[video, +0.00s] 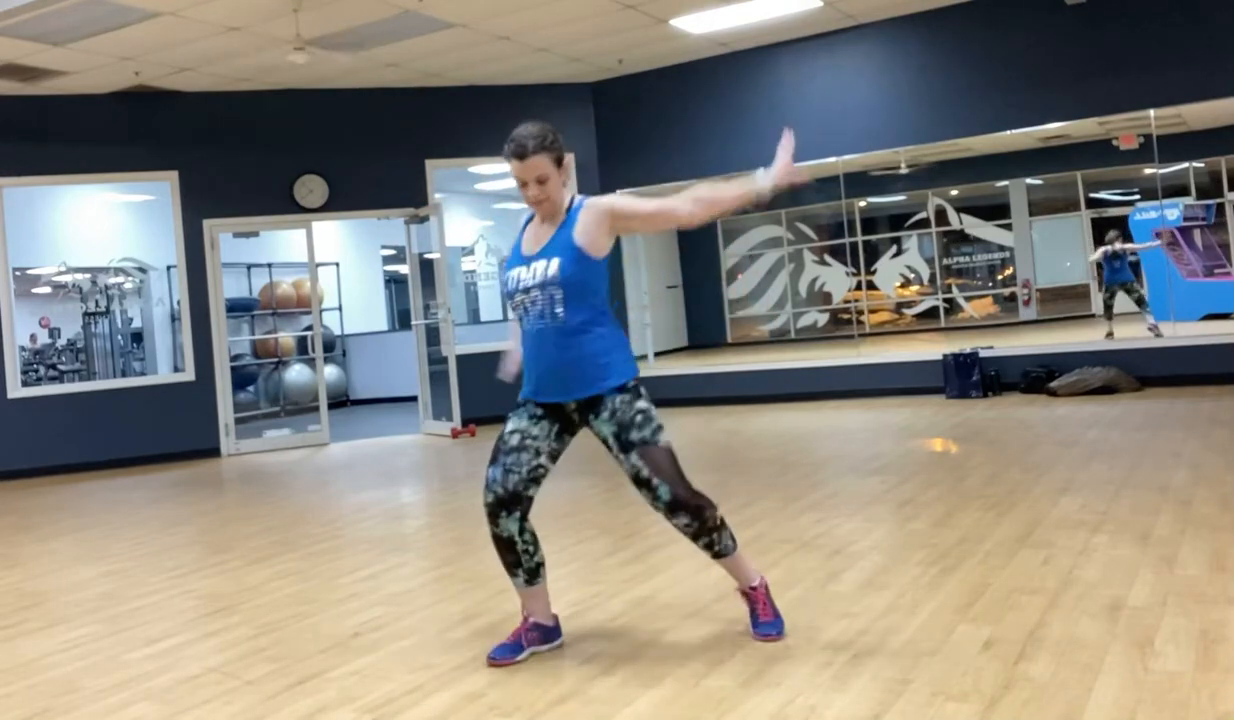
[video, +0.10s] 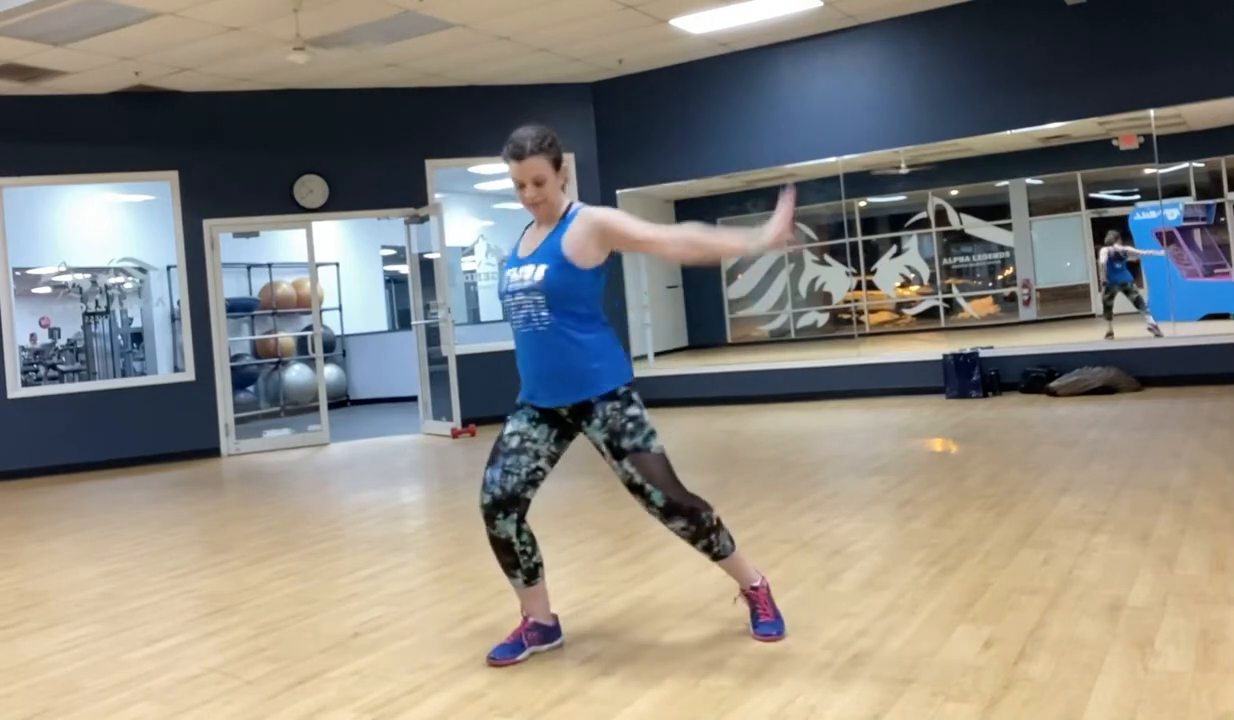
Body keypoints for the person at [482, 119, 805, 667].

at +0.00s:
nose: (532, 194)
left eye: (541, 180)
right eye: (521, 184)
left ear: (566, 168)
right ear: (513, 181)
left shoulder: (600, 213)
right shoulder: (526, 231)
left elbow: (687, 208)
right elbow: (534, 301)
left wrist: (769, 180)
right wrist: (519, 348)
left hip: (608, 390)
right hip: (542, 398)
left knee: (672, 497)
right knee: (501, 499)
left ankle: (752, 583)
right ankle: (539, 620)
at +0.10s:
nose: (529, 195)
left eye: (538, 182)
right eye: (519, 185)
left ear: (563, 173)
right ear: (510, 182)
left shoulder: (593, 223)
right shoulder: (527, 233)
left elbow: (674, 240)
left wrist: (759, 240)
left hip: (603, 395)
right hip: (540, 401)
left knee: (665, 500)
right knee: (499, 502)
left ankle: (752, 584)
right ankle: (539, 620)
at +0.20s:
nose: (527, 191)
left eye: (536, 179)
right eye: (518, 181)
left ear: (562, 174)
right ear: (511, 182)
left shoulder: (583, 231)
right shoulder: (532, 232)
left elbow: (637, 291)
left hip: (598, 398)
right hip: (538, 404)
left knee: (656, 503)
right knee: (494, 502)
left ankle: (751, 583)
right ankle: (539, 621)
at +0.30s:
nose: (526, 187)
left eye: (535, 176)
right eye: (518, 178)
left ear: (563, 174)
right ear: (511, 182)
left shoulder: (576, 235)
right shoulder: (534, 237)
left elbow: (606, 319)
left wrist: (636, 380)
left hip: (594, 402)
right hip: (538, 408)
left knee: (659, 507)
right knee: (492, 502)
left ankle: (751, 582)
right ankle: (539, 621)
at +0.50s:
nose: (526, 174)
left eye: (538, 165)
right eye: (521, 166)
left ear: (566, 174)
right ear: (517, 175)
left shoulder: (567, 231)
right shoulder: (542, 234)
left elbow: (507, 297)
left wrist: (441, 331)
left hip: (597, 398)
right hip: (544, 405)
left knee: (657, 508)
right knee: (491, 502)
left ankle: (753, 581)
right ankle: (540, 620)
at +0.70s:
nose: (528, 163)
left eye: (542, 156)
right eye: (524, 155)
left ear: (570, 174)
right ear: (521, 165)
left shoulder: (557, 220)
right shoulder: (551, 228)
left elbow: (459, 207)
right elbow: (599, 293)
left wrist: (385, 195)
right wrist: (570, 342)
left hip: (593, 396)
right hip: (542, 402)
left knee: (654, 511)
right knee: (495, 502)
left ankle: (750, 580)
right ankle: (538, 622)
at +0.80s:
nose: (526, 162)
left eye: (539, 156)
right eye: (524, 154)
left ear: (570, 174)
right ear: (527, 167)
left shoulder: (559, 216)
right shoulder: (552, 226)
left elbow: (470, 175)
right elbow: (598, 291)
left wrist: (397, 133)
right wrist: (570, 338)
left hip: (591, 397)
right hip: (540, 403)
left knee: (653, 509)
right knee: (495, 506)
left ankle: (750, 581)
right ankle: (540, 620)